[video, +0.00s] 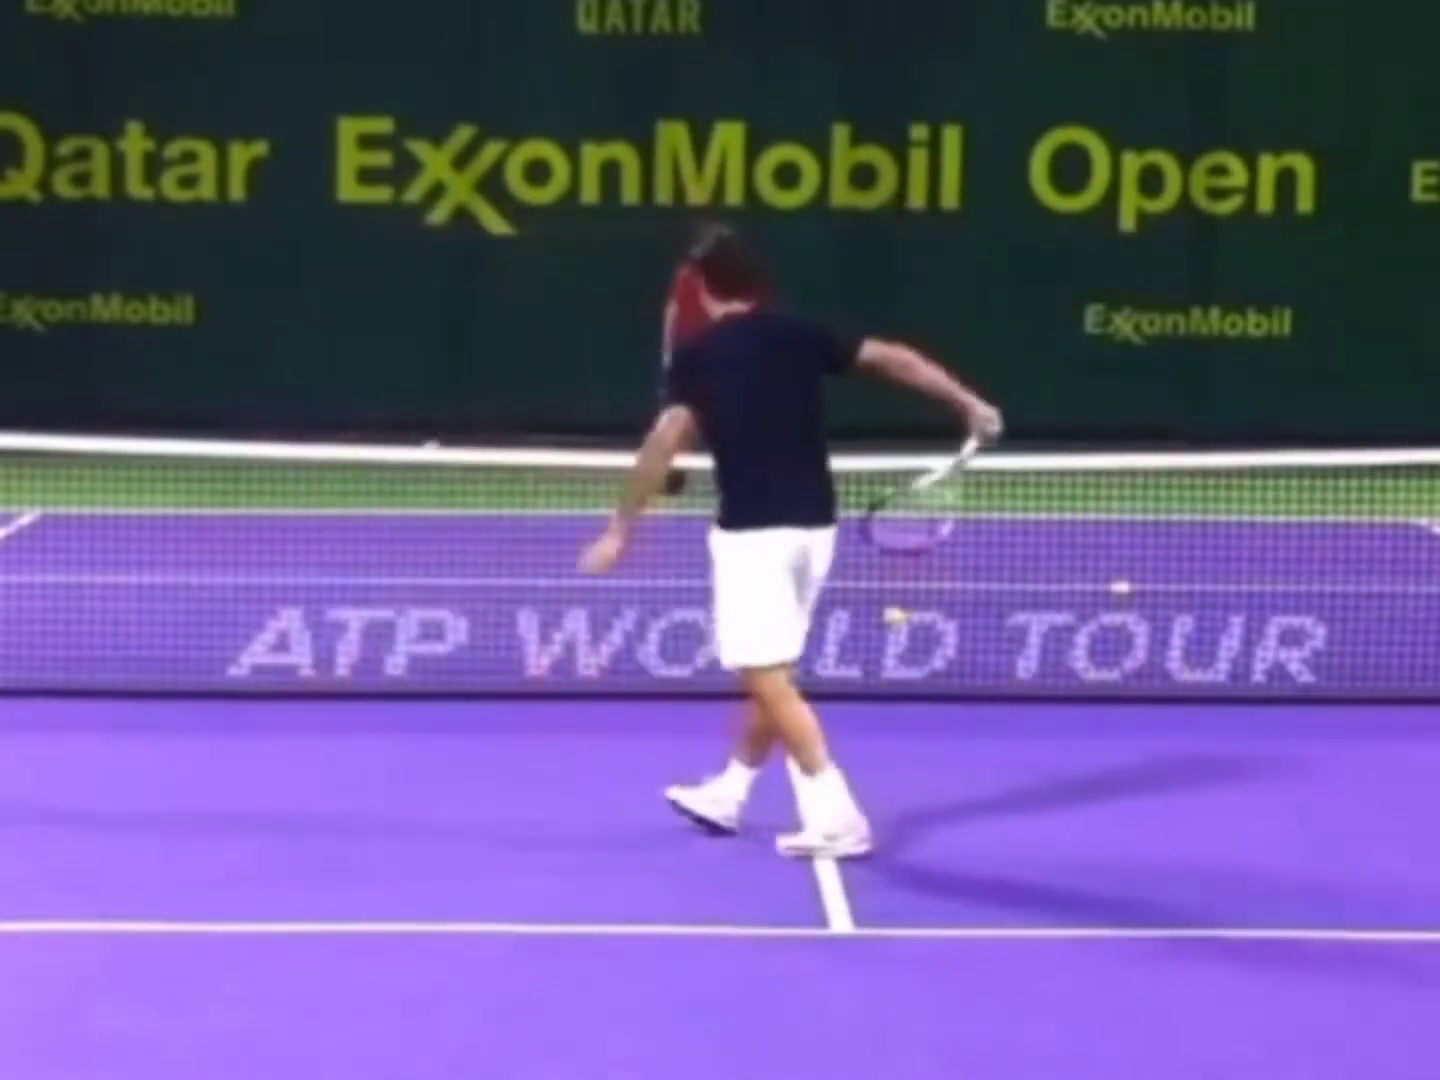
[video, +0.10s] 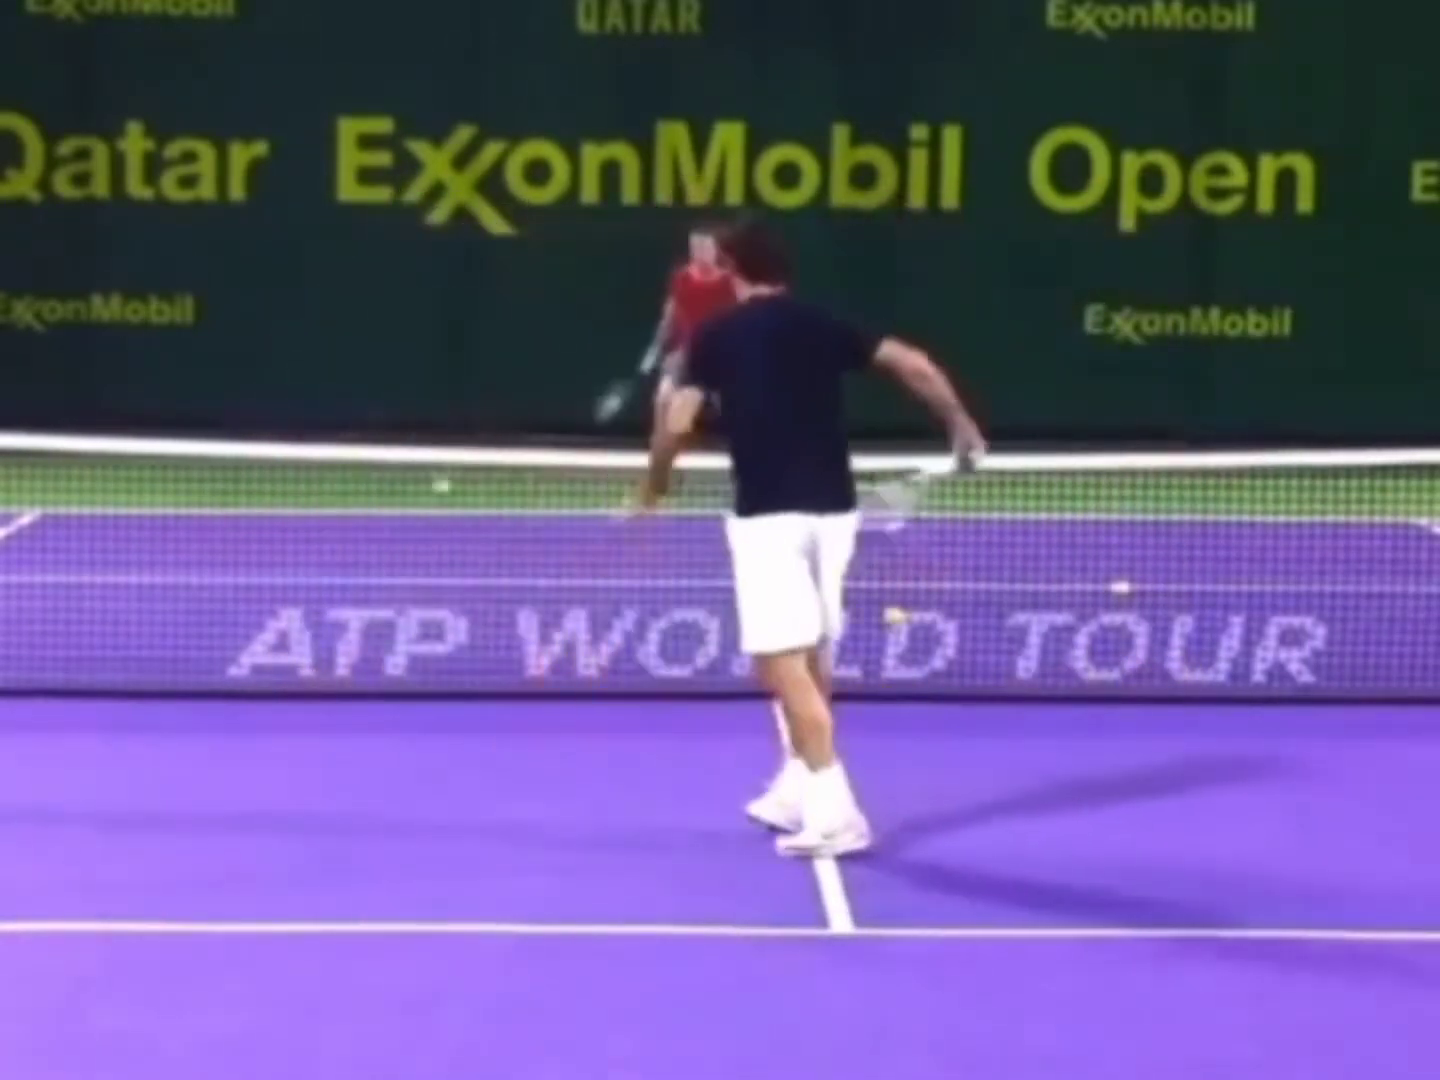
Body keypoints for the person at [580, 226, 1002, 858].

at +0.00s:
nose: (694, 298)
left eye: (695, 289)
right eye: (696, 289)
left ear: (704, 290)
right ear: (761, 286)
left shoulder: (702, 354)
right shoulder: (799, 334)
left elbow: (666, 440)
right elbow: (892, 358)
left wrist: (621, 526)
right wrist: (970, 404)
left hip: (752, 533)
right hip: (816, 529)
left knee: (768, 675)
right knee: (772, 670)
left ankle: (834, 815)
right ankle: (729, 792)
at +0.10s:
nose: (714, 278)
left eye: (718, 268)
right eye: (718, 266)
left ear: (732, 274)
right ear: (784, 271)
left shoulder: (716, 335)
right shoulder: (818, 321)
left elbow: (675, 425)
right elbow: (913, 363)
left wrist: (654, 485)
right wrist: (960, 422)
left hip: (767, 517)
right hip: (834, 513)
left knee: (784, 660)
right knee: (814, 656)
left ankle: (835, 803)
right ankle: (795, 781)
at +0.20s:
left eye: (769, 251)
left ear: (765, 253)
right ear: (818, 252)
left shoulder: (739, 312)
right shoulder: (848, 304)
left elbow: (707, 405)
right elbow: (922, 374)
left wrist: (731, 437)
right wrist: (935, 447)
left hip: (775, 496)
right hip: (849, 491)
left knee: (784, 646)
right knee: (854, 638)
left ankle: (816, 798)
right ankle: (871, 786)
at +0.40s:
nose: (822, 288)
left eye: (817, 277)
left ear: (810, 286)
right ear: (868, 287)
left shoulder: (783, 355)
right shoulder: (892, 356)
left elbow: (761, 452)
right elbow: (932, 451)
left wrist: (738, 444)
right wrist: (908, 488)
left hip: (802, 543)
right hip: (882, 540)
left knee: (775, 676)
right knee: (926, 670)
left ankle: (763, 808)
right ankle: (951, 811)